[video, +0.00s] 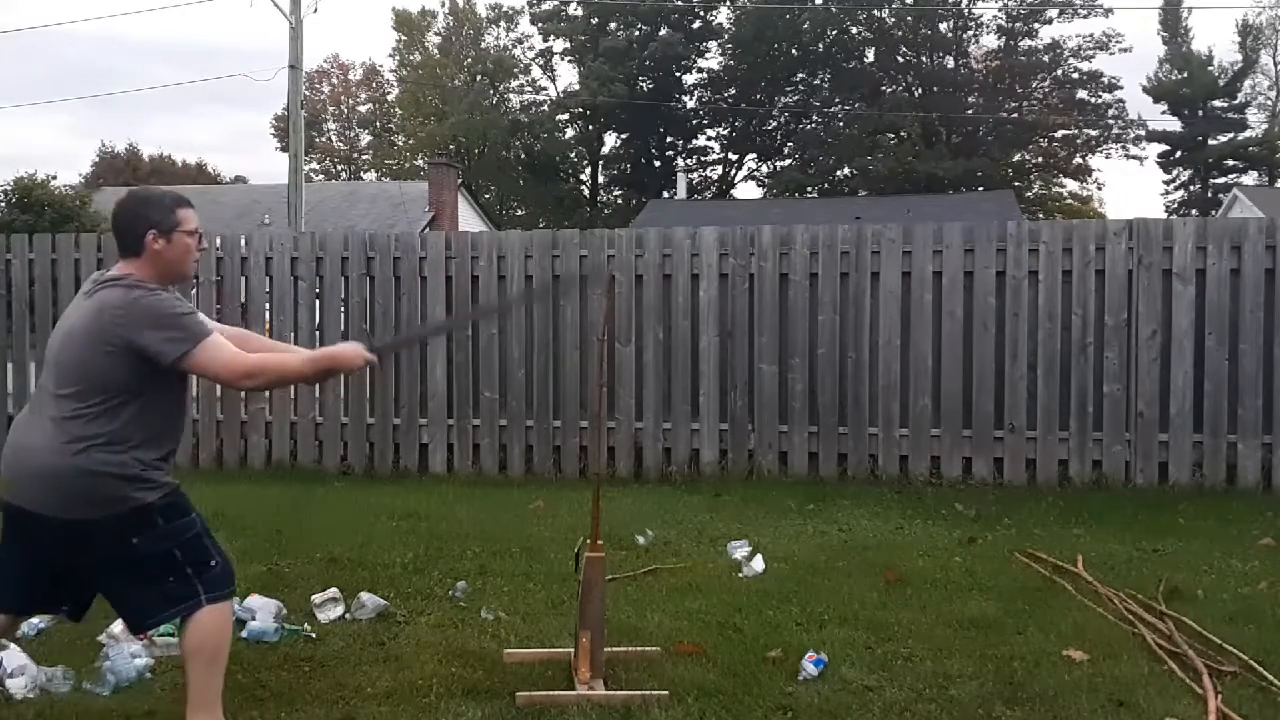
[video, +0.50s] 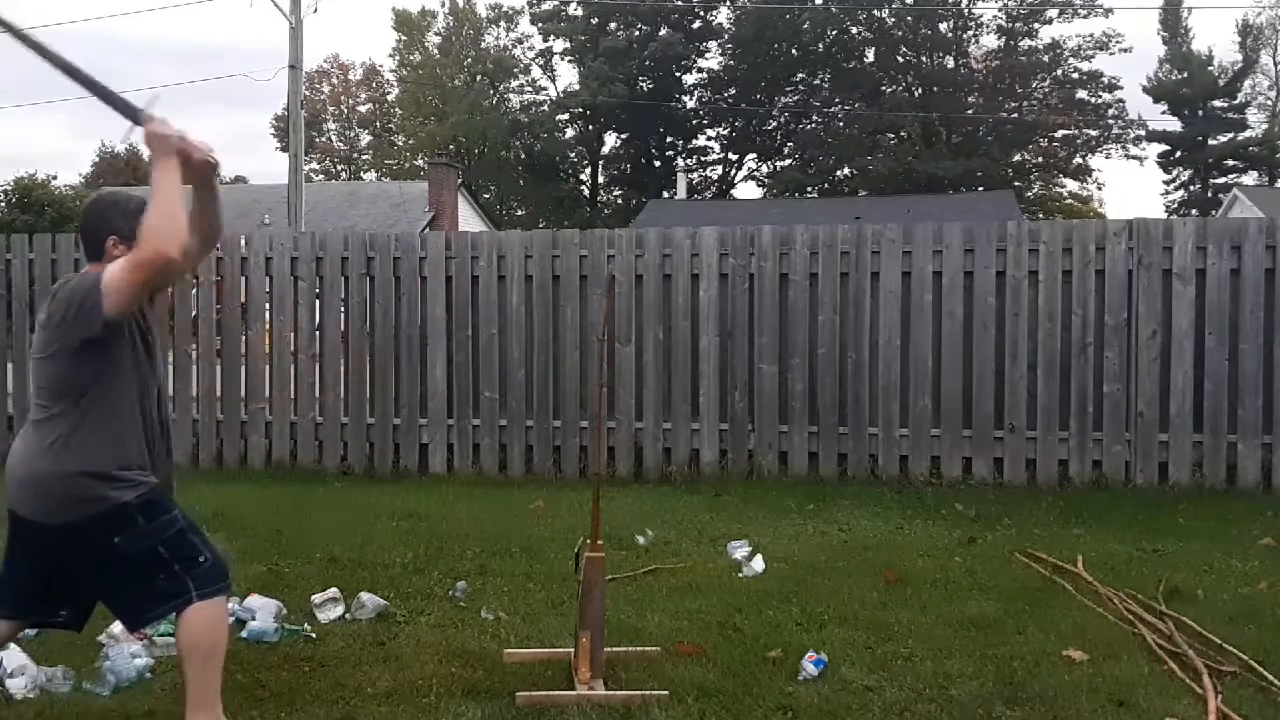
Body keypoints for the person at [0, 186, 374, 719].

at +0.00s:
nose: (201, 245)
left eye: (199, 234)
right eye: (191, 235)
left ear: (146, 243)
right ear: (153, 241)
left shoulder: (103, 290)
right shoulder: (149, 306)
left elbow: (227, 337)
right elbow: (239, 372)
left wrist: (313, 359)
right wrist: (326, 361)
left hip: (29, 481)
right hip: (112, 487)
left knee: (10, 602)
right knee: (209, 589)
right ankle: (204, 713)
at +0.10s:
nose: (191, 253)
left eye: (189, 242)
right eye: (181, 243)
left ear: (138, 251)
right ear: (142, 250)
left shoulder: (101, 295)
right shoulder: (136, 312)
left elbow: (224, 327)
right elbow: (233, 362)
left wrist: (308, 331)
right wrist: (314, 328)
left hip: (22, 487)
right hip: (101, 492)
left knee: (5, 609)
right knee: (208, 586)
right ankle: (205, 713)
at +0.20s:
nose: (182, 254)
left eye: (181, 243)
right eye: (172, 244)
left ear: (132, 251)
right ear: (134, 250)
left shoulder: (104, 294)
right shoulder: (120, 309)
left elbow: (218, 303)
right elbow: (218, 337)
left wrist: (290, 287)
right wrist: (288, 283)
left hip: (22, 488)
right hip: (95, 491)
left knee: (11, 605)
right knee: (205, 584)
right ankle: (205, 713)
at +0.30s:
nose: (176, 254)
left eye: (174, 243)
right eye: (166, 243)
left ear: (126, 250)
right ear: (128, 249)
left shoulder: (86, 294)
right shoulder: (110, 301)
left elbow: (201, 281)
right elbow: (213, 302)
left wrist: (267, 242)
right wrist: (258, 226)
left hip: (23, 485)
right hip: (96, 488)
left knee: (8, 609)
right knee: (204, 585)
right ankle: (205, 712)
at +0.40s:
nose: (171, 252)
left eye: (170, 240)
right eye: (160, 242)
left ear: (119, 247)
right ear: (121, 245)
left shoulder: (90, 295)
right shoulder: (94, 297)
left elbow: (198, 273)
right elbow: (188, 271)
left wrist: (235, 208)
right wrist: (210, 186)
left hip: (34, 487)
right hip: (99, 487)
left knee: (11, 611)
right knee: (204, 583)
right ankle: (205, 713)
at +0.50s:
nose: (160, 251)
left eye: (158, 238)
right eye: (151, 240)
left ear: (116, 245)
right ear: (117, 245)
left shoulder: (119, 298)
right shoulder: (80, 296)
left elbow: (194, 245)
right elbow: (158, 252)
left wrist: (205, 182)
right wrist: (164, 161)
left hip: (44, 485)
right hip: (96, 484)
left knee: (17, 607)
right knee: (203, 582)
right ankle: (205, 712)